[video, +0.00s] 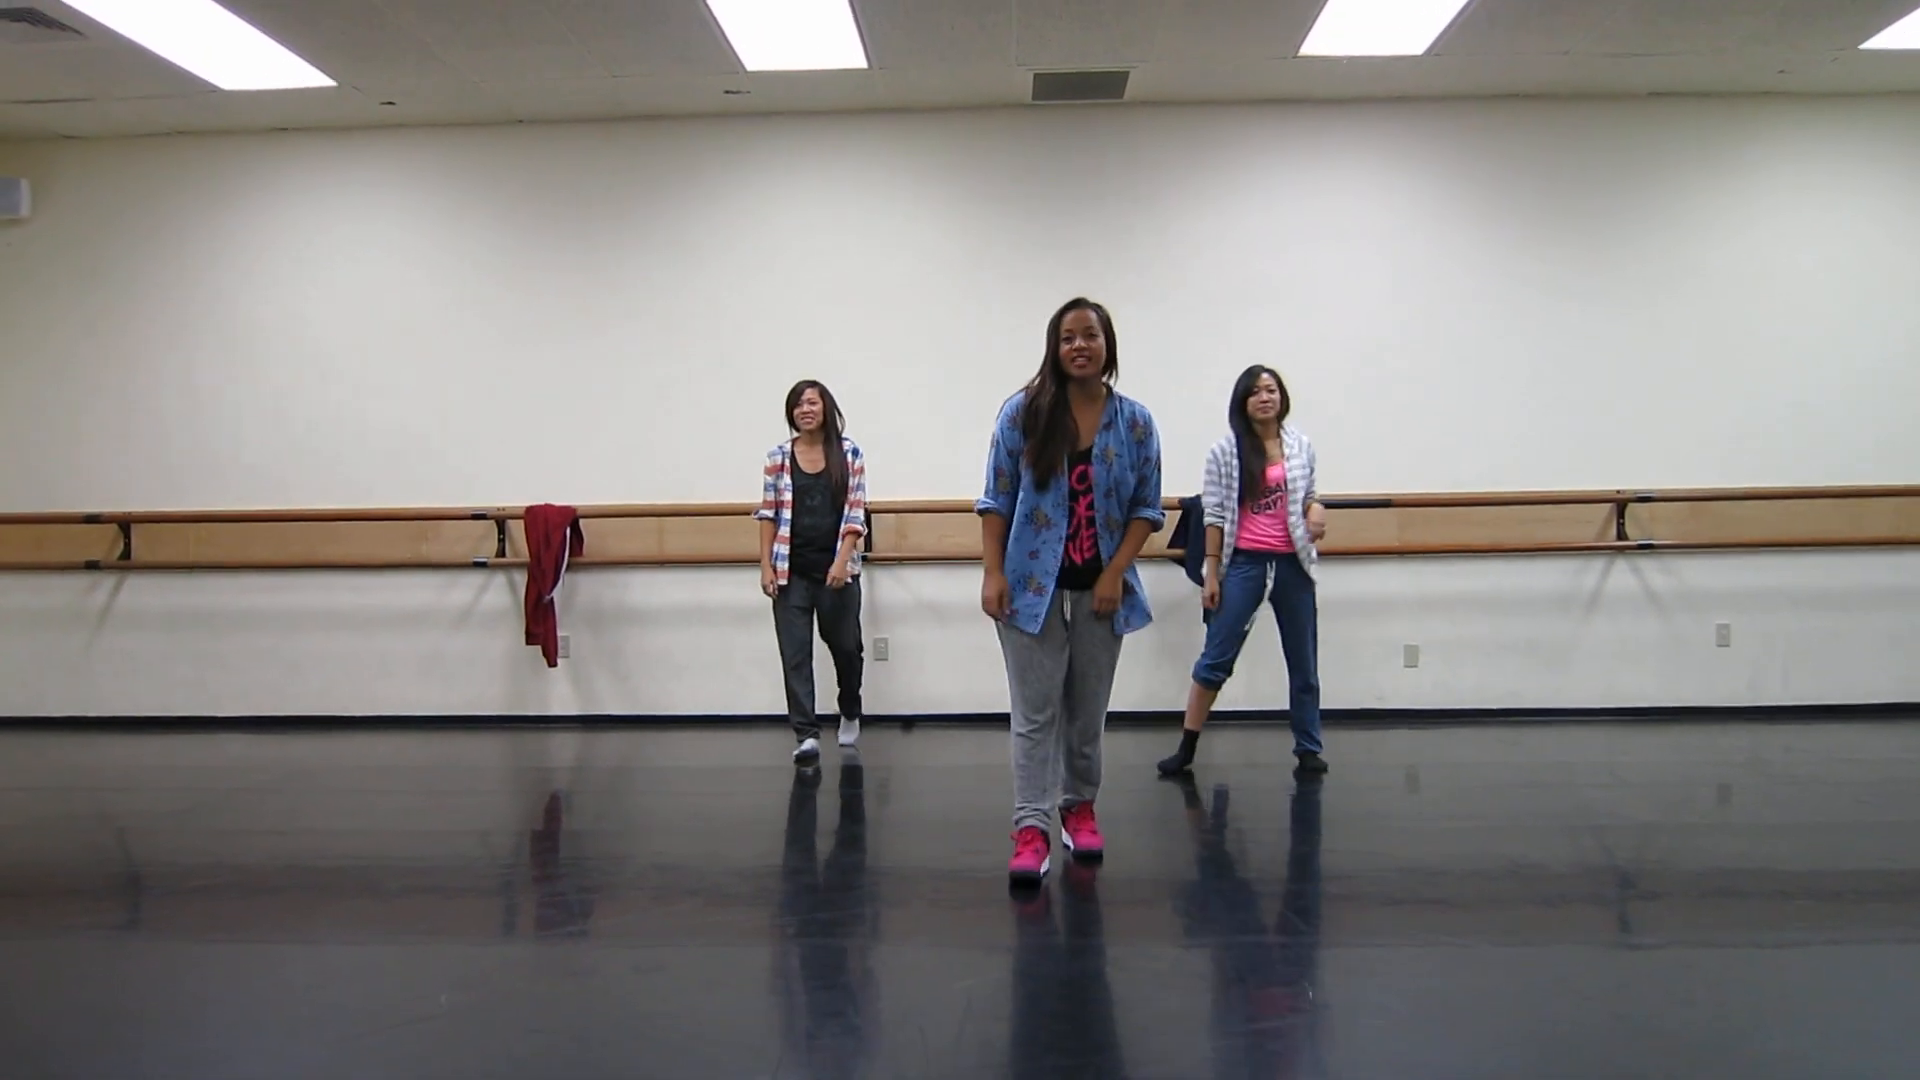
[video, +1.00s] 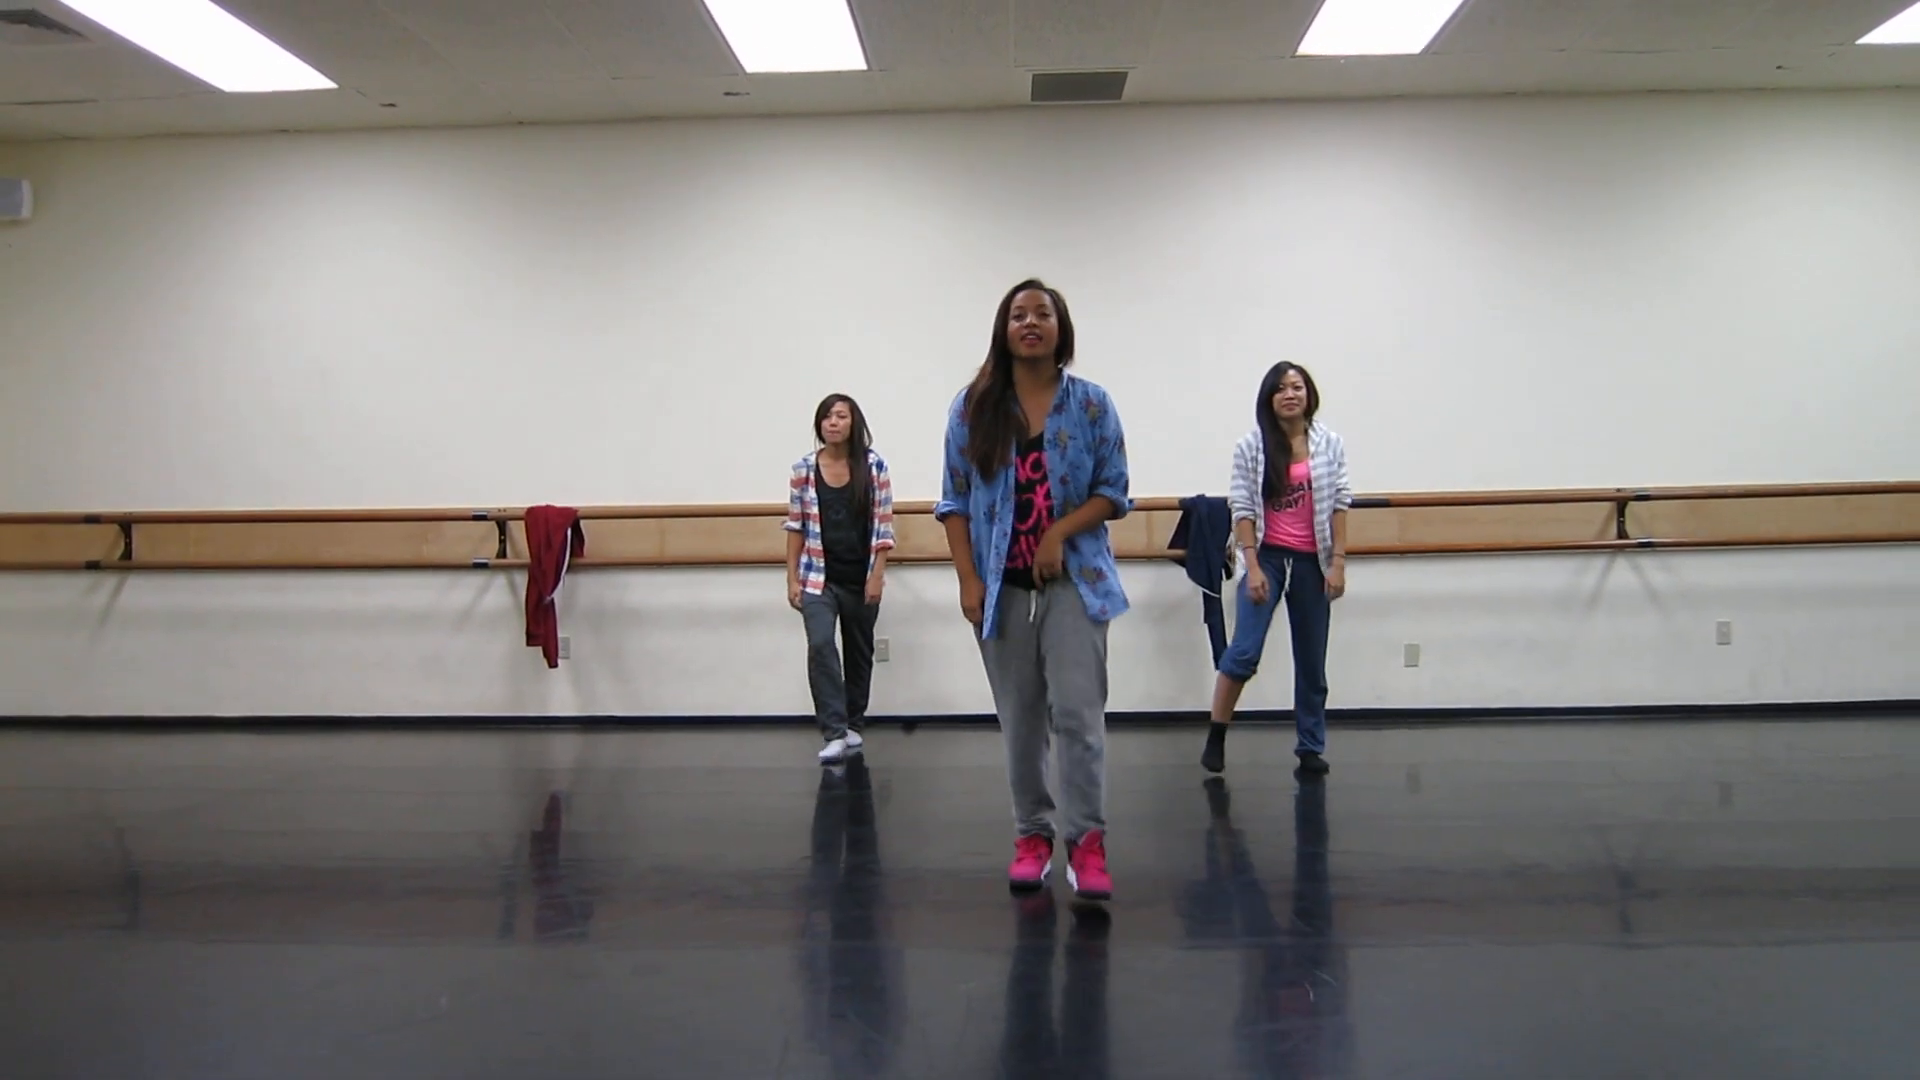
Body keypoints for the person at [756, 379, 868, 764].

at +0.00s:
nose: (806, 409)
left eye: (813, 402)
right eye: (799, 404)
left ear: (827, 409)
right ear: (791, 412)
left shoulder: (848, 452)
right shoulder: (778, 457)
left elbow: (856, 510)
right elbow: (768, 513)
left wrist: (843, 559)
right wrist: (765, 563)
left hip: (836, 572)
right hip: (790, 573)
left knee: (848, 650)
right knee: (795, 656)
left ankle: (849, 713)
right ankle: (805, 734)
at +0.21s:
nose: (814, 410)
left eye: (822, 403)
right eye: (807, 405)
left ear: (835, 409)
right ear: (799, 413)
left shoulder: (856, 453)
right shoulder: (786, 457)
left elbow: (865, 511)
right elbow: (776, 513)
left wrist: (852, 560)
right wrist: (774, 562)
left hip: (845, 572)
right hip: (798, 573)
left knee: (855, 650)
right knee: (799, 656)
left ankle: (853, 716)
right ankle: (807, 733)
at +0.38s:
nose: (822, 415)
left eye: (830, 409)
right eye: (816, 409)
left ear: (843, 415)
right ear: (807, 416)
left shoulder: (862, 456)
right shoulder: (794, 460)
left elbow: (874, 514)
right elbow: (784, 516)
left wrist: (870, 564)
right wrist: (784, 565)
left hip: (852, 575)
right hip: (807, 573)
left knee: (855, 653)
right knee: (808, 654)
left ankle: (851, 721)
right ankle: (810, 734)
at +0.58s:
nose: (828, 421)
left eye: (836, 415)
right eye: (823, 415)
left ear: (849, 420)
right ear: (814, 422)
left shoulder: (870, 462)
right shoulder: (801, 466)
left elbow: (884, 518)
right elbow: (794, 523)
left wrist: (886, 569)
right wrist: (794, 572)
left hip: (861, 576)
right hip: (816, 574)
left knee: (858, 653)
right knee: (813, 648)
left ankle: (851, 722)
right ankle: (813, 732)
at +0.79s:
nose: (832, 420)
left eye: (840, 414)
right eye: (826, 415)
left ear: (853, 421)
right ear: (818, 422)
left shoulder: (875, 462)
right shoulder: (805, 466)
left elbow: (887, 519)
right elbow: (798, 524)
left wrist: (884, 567)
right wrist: (796, 574)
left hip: (862, 575)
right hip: (819, 572)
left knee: (860, 652)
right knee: (818, 640)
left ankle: (854, 724)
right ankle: (831, 723)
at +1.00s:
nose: (834, 422)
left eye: (842, 416)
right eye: (828, 416)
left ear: (854, 424)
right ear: (819, 424)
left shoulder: (873, 465)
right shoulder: (803, 469)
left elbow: (884, 524)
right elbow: (795, 527)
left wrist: (877, 573)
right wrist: (793, 578)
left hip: (861, 580)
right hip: (817, 578)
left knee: (858, 655)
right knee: (820, 647)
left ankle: (853, 724)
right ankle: (834, 733)